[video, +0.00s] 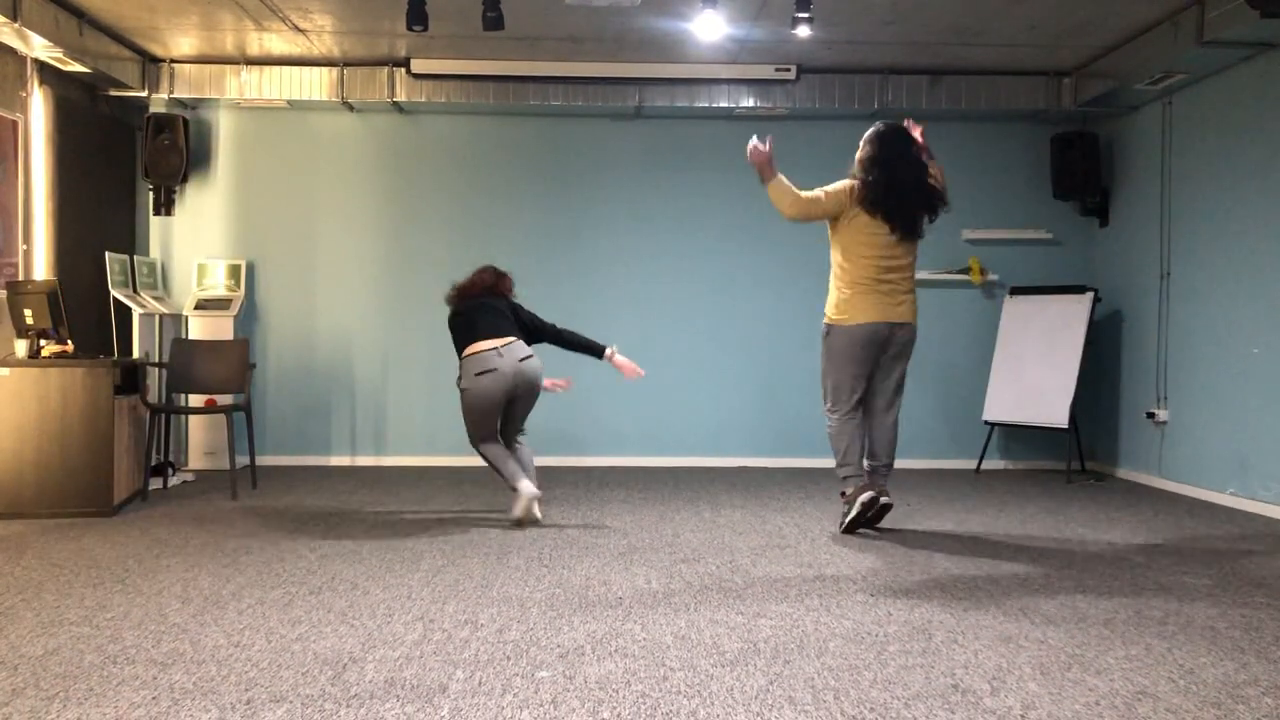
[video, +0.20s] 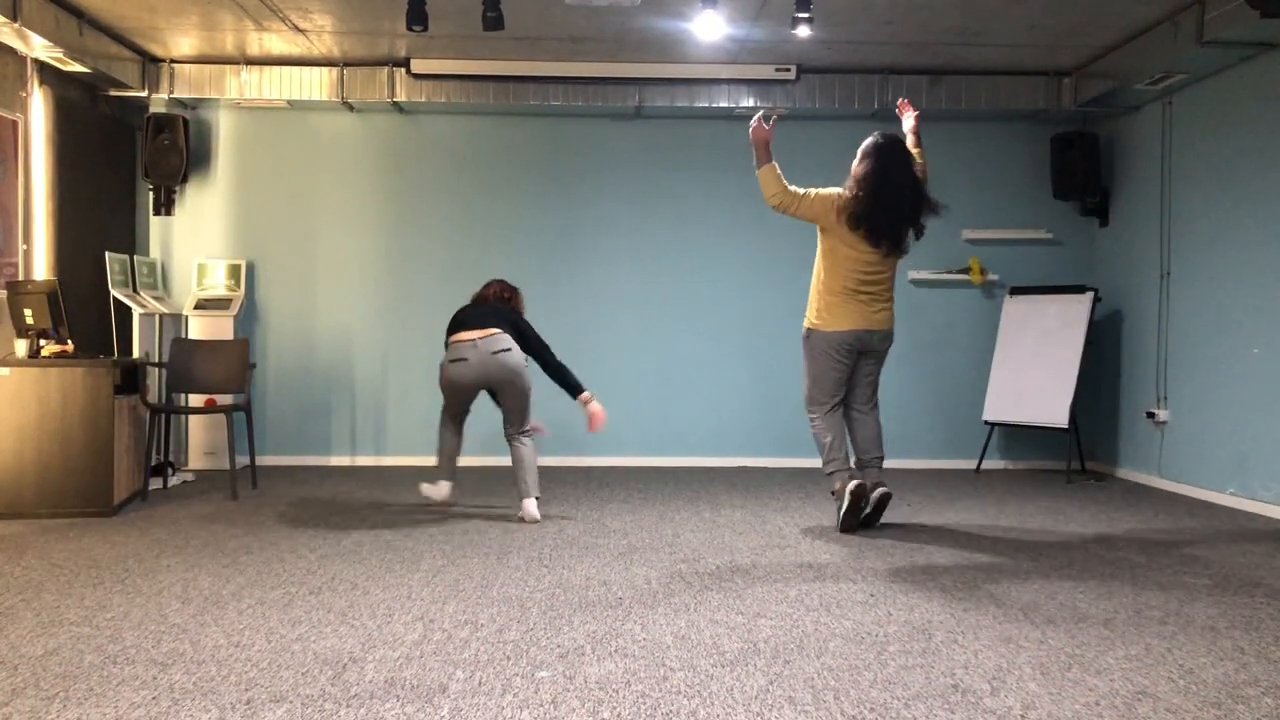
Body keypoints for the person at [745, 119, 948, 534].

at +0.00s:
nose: (856, 152)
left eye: (862, 148)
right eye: (861, 145)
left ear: (872, 158)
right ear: (905, 161)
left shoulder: (849, 194)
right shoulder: (913, 196)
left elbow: (795, 206)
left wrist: (767, 171)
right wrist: (923, 149)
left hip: (852, 320)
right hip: (901, 322)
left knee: (842, 409)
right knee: (885, 406)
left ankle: (856, 490)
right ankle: (877, 489)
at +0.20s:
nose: (852, 161)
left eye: (858, 157)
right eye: (857, 155)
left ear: (865, 168)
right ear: (897, 174)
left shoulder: (835, 204)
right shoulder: (900, 208)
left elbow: (779, 197)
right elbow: (913, 174)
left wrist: (761, 149)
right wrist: (912, 133)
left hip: (832, 328)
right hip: (878, 328)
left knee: (824, 408)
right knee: (864, 404)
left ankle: (843, 483)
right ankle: (872, 484)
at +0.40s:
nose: (841, 176)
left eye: (845, 173)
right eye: (846, 170)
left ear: (851, 186)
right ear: (882, 189)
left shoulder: (823, 219)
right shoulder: (886, 219)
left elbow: (766, 212)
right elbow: (901, 185)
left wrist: (753, 162)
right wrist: (897, 142)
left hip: (816, 334)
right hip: (862, 335)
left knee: (811, 410)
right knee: (850, 406)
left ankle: (837, 481)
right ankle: (867, 478)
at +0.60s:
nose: (812, 187)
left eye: (817, 183)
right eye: (817, 181)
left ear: (824, 194)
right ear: (856, 197)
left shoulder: (799, 226)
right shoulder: (860, 223)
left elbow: (747, 226)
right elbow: (885, 197)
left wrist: (731, 177)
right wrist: (884, 151)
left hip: (799, 337)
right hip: (845, 336)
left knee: (800, 415)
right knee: (842, 410)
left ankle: (832, 480)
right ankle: (869, 482)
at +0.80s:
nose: (762, 193)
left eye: (767, 189)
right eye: (766, 188)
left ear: (778, 203)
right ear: (797, 206)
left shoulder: (765, 232)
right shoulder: (809, 230)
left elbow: (731, 244)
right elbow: (816, 212)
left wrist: (699, 207)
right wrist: (811, 183)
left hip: (779, 346)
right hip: (823, 344)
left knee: (746, 403)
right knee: (826, 413)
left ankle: (771, 472)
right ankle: (865, 481)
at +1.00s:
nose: (708, 244)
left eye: (713, 236)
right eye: (709, 236)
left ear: (731, 236)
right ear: (742, 238)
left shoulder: (729, 260)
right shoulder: (765, 266)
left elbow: (712, 289)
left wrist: (661, 288)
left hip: (751, 365)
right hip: (791, 365)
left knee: (720, 421)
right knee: (766, 420)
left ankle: (730, 488)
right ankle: (807, 465)